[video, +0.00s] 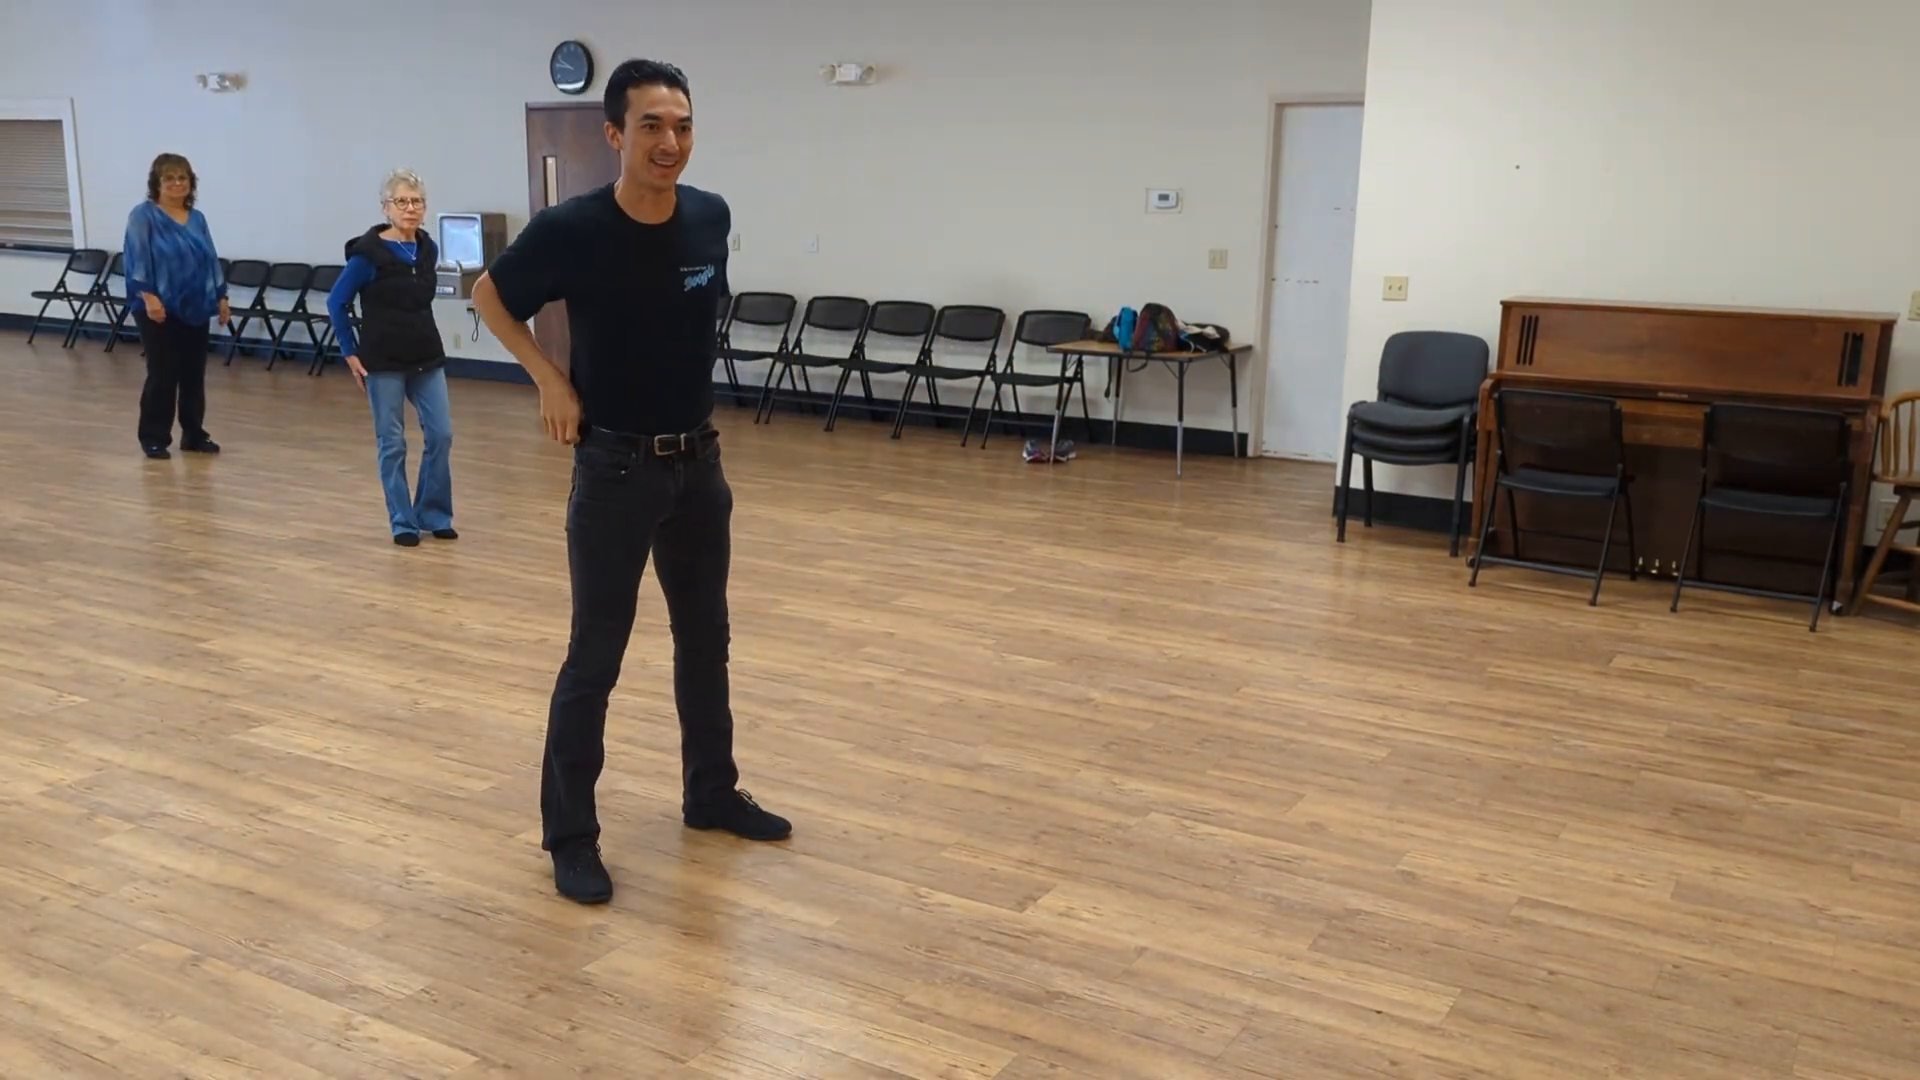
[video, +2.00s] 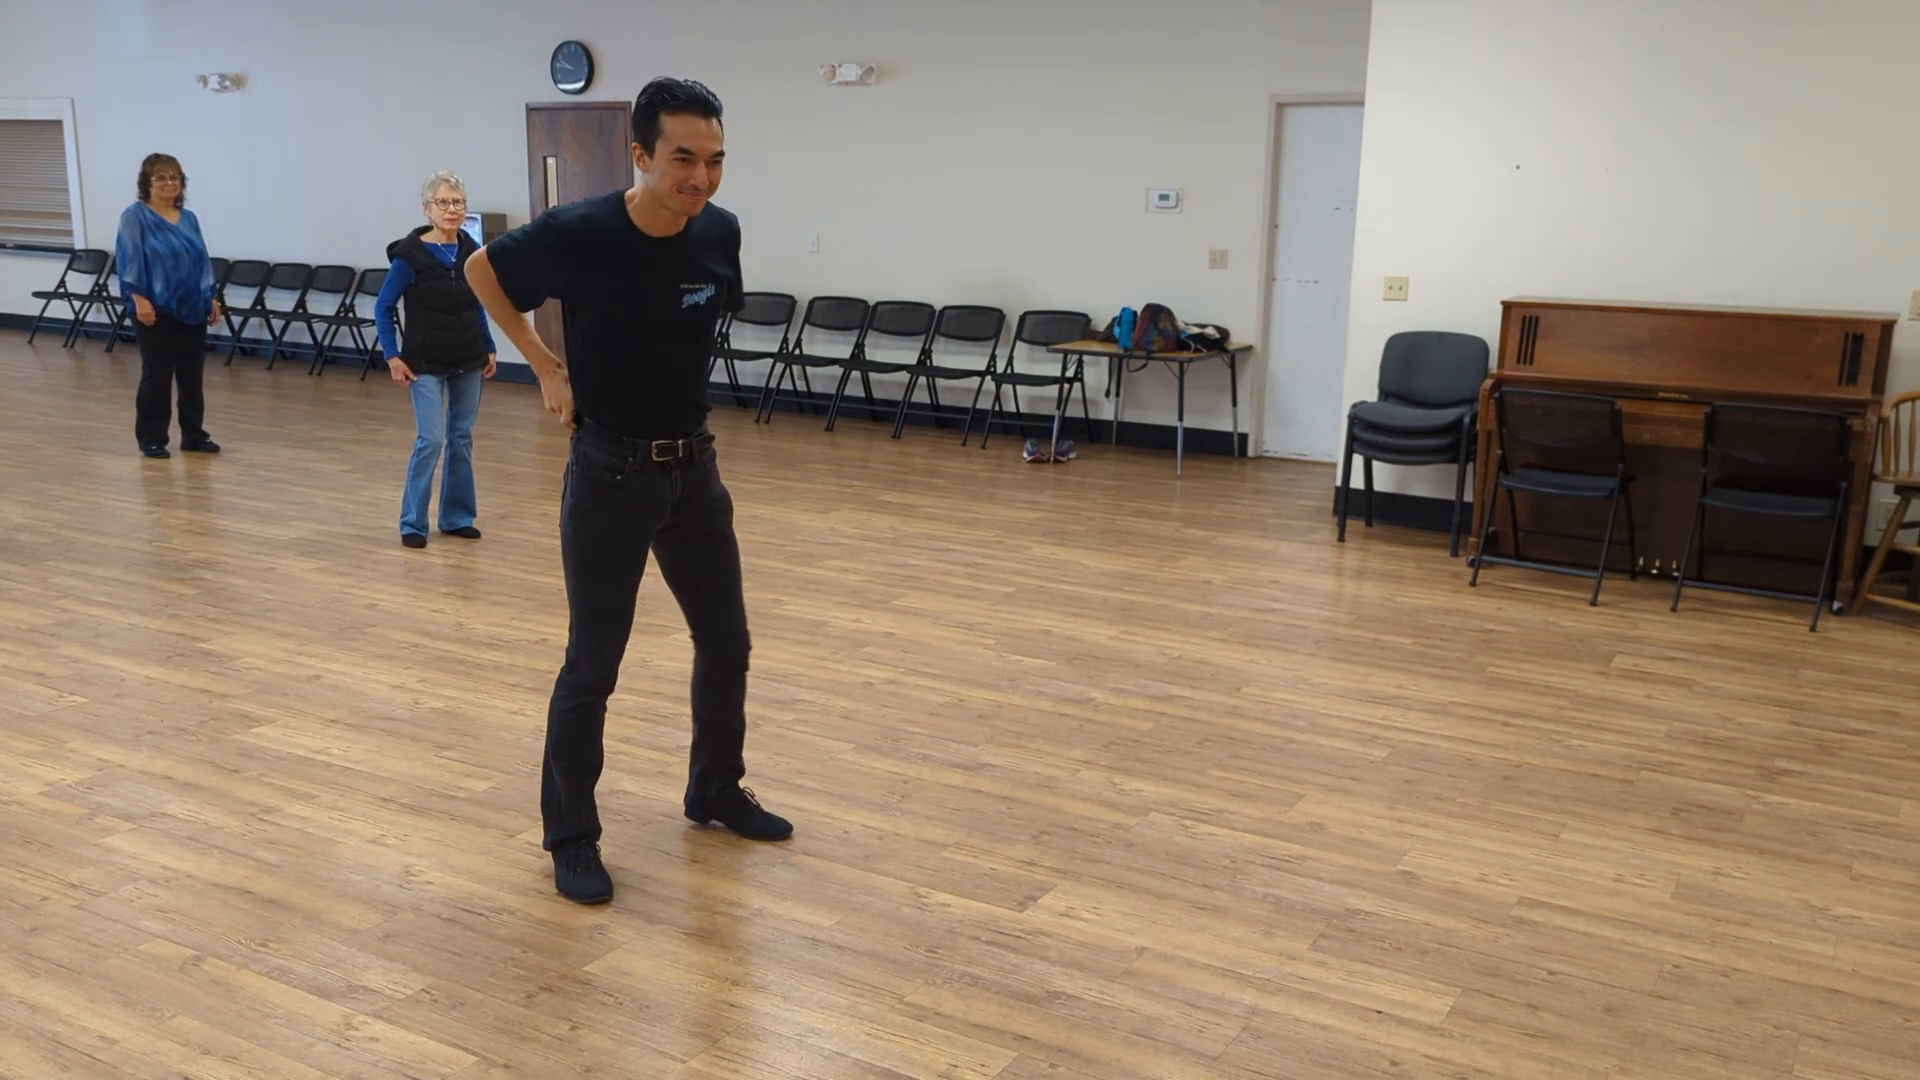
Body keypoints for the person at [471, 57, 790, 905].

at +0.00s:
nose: (671, 141)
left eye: (681, 126)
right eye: (653, 126)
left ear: (694, 136)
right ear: (615, 135)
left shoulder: (708, 217)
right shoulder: (572, 230)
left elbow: (692, 313)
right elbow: (491, 291)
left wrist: (686, 400)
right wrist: (549, 378)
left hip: (696, 466)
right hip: (614, 473)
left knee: (705, 643)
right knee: (594, 661)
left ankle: (711, 794)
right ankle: (571, 839)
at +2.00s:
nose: (701, 176)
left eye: (714, 159)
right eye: (684, 158)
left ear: (724, 157)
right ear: (640, 154)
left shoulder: (719, 237)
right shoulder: (580, 232)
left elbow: (693, 325)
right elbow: (484, 272)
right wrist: (547, 370)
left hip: (693, 474)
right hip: (609, 481)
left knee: (725, 644)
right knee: (593, 664)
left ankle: (715, 791)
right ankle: (572, 840)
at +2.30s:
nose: (732, 181)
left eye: (739, 165)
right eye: (718, 164)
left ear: (738, 160)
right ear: (664, 157)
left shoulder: (719, 232)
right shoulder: (597, 237)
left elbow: (669, 317)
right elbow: (485, 287)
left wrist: (666, 391)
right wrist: (558, 380)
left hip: (704, 477)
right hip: (625, 485)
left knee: (754, 647)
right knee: (599, 671)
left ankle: (772, 817)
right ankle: (572, 840)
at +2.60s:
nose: (827, 165)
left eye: (831, 150)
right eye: (813, 148)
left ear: (793, 152)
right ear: (760, 145)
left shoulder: (793, 236)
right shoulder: (685, 230)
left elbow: (744, 329)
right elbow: (562, 283)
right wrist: (633, 381)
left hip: (769, 482)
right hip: (692, 483)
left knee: (784, 665)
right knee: (653, 669)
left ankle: (798, 827)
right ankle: (582, 832)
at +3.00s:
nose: (893, 160)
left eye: (898, 144)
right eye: (880, 141)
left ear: (866, 146)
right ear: (828, 137)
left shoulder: (864, 253)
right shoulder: (764, 234)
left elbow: (908, 366)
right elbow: (702, 360)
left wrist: (975, 437)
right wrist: (787, 452)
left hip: (833, 490)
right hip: (763, 492)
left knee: (814, 672)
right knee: (765, 683)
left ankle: (800, 826)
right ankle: (741, 880)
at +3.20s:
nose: (901, 158)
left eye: (906, 142)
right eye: (889, 140)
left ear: (877, 146)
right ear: (834, 137)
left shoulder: (865, 252)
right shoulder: (775, 241)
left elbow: (871, 378)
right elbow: (714, 379)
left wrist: (942, 459)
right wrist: (799, 475)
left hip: (851, 495)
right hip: (783, 503)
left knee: (831, 681)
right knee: (788, 699)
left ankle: (810, 828)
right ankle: (777, 899)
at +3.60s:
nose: (908, 149)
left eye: (911, 131)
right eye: (893, 130)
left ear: (872, 135)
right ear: (835, 131)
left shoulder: (861, 242)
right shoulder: (786, 247)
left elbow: (847, 382)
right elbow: (742, 405)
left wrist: (867, 490)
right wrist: (788, 533)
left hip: (867, 504)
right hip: (804, 515)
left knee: (881, 674)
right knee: (793, 712)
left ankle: (842, 835)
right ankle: (777, 902)